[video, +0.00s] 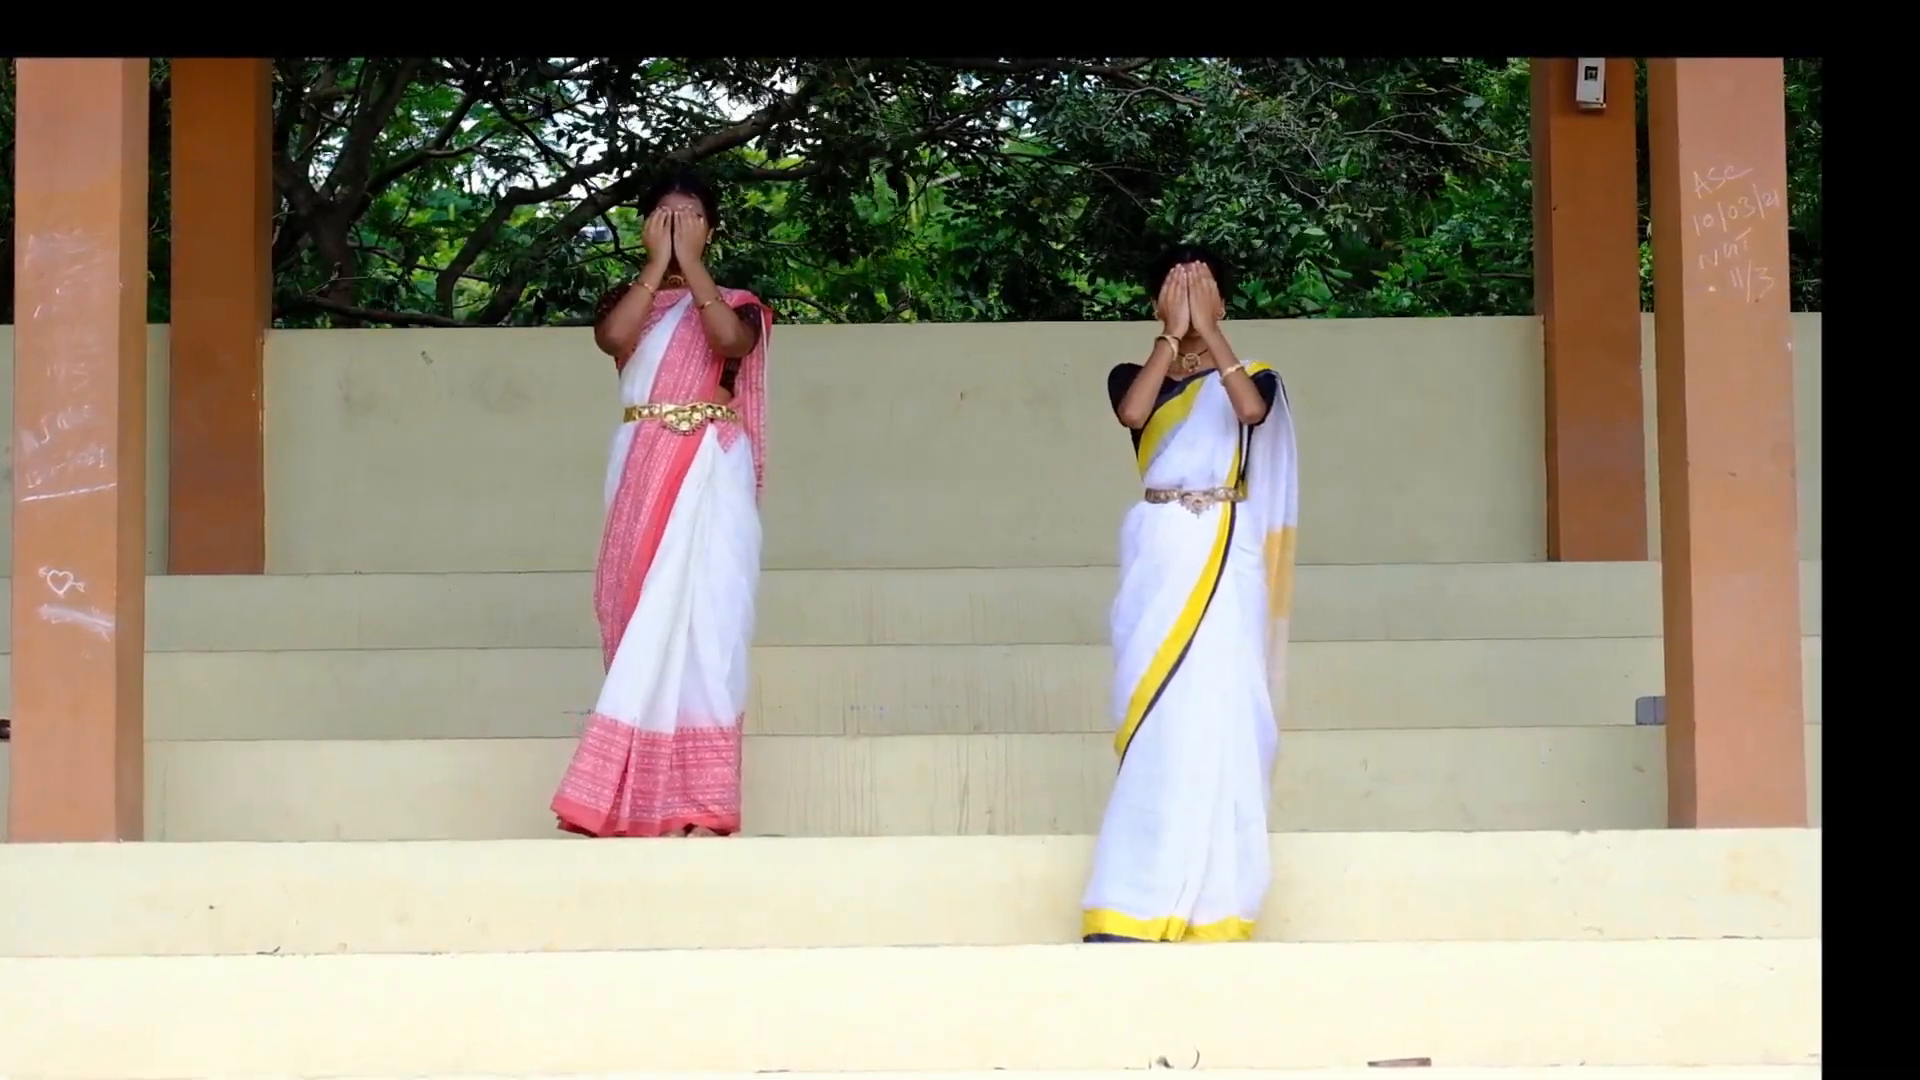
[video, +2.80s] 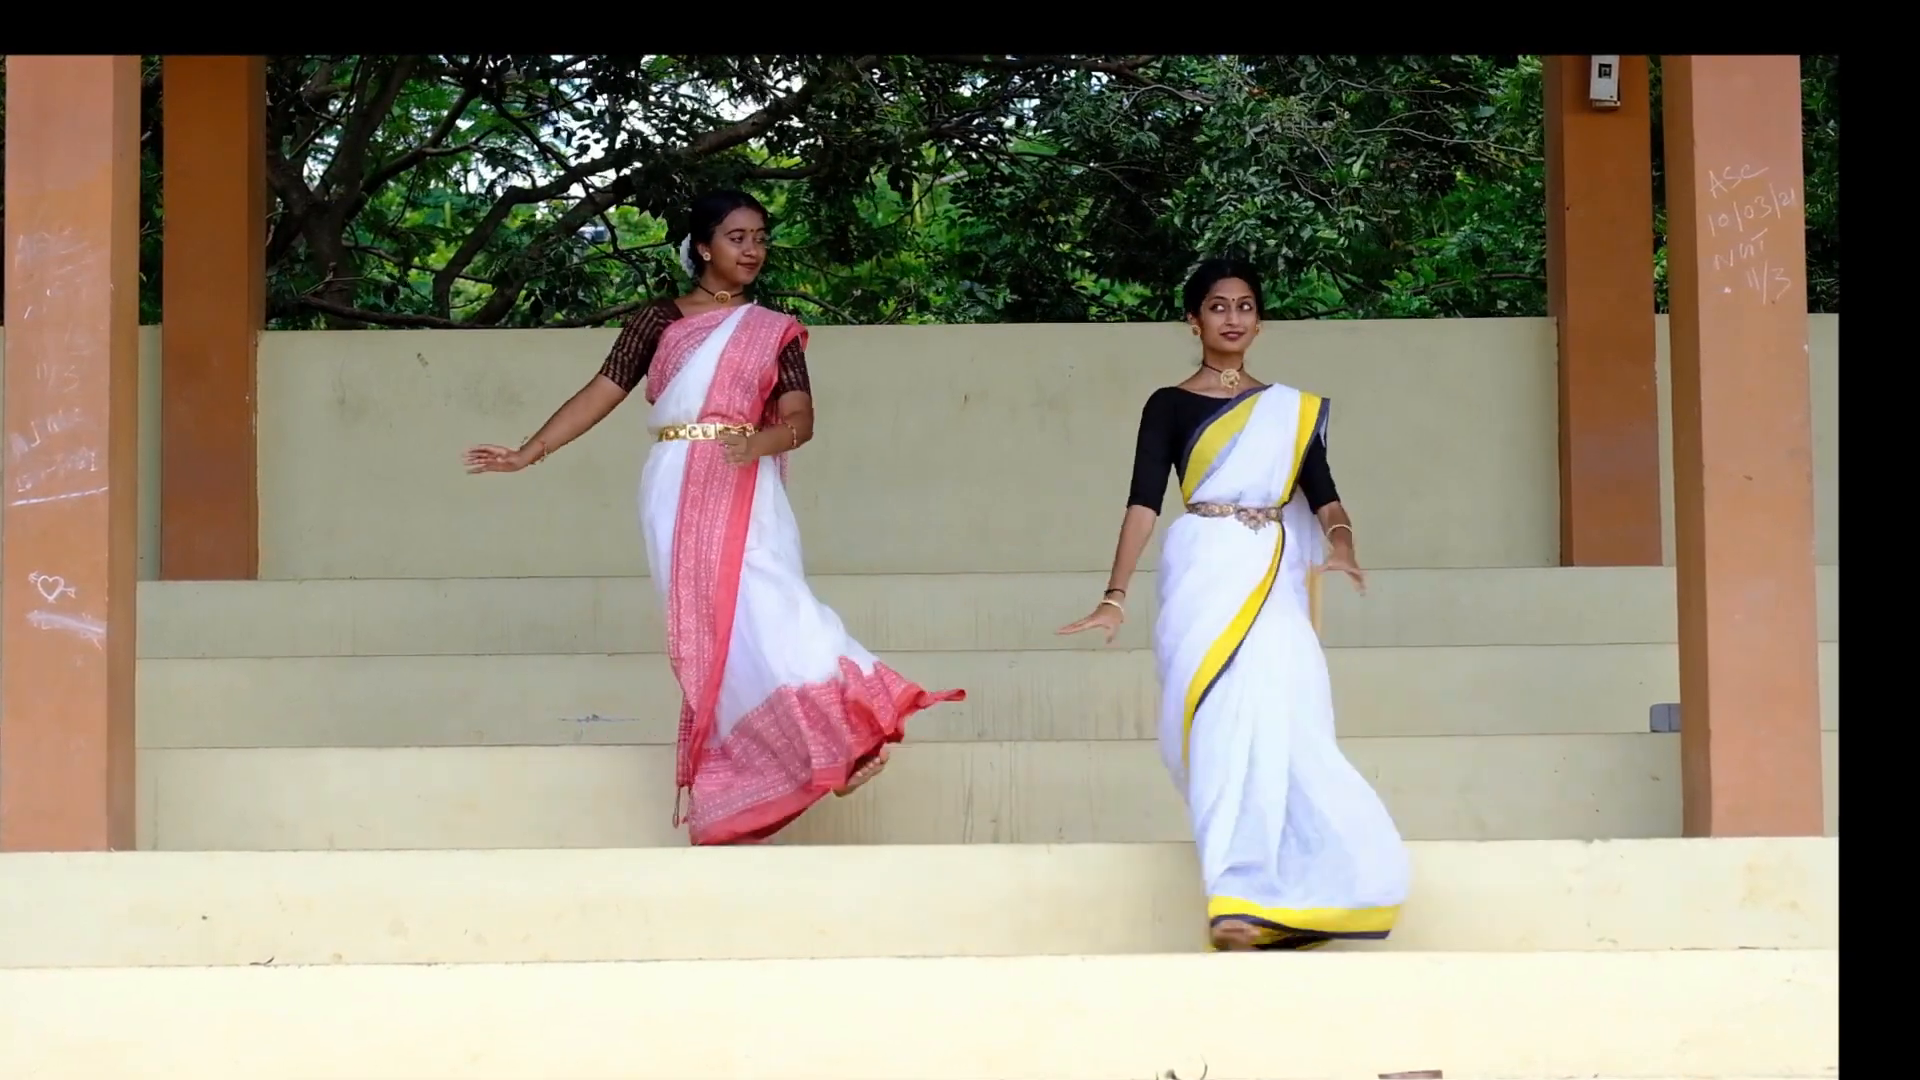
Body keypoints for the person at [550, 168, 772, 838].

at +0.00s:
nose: (674, 227)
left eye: (689, 216)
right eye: (664, 214)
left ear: (712, 227)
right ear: (644, 225)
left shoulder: (738, 305)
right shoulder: (628, 302)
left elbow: (732, 340)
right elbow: (615, 338)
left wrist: (693, 263)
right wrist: (658, 262)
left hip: (713, 478)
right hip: (643, 478)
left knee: (706, 628)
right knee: (639, 625)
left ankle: (703, 804)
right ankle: (635, 800)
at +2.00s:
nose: (681, 226)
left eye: (695, 214)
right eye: (670, 213)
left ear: (717, 226)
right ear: (651, 225)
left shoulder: (740, 301)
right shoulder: (638, 301)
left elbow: (742, 339)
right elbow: (608, 332)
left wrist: (701, 261)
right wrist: (658, 256)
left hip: (714, 476)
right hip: (646, 474)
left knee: (703, 627)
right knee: (650, 626)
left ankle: (693, 803)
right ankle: (644, 799)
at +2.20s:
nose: (704, 231)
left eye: (714, 220)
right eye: (690, 219)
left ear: (727, 229)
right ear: (664, 227)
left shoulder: (747, 307)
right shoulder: (631, 304)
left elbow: (766, 377)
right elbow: (590, 385)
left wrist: (702, 337)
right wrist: (636, 337)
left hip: (727, 482)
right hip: (655, 481)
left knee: (717, 629)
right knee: (658, 628)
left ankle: (703, 809)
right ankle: (652, 804)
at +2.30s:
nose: (720, 237)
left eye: (729, 226)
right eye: (705, 224)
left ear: (736, 235)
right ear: (674, 233)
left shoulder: (755, 313)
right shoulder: (633, 315)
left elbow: (767, 395)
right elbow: (609, 399)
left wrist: (720, 414)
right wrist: (604, 427)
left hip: (733, 490)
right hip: (659, 489)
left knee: (717, 631)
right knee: (661, 631)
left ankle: (706, 812)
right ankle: (659, 806)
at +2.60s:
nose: (748, 241)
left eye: (754, 229)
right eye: (734, 228)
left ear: (758, 235)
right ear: (698, 235)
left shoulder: (768, 315)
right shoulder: (651, 310)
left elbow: (768, 386)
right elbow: (583, 383)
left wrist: (693, 391)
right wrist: (505, 434)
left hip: (747, 479)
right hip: (674, 477)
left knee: (783, 585)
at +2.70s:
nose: (753, 245)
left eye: (758, 234)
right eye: (739, 232)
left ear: (761, 242)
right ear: (700, 239)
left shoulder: (771, 319)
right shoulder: (653, 315)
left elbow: (781, 398)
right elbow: (582, 386)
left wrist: (712, 406)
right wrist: (503, 420)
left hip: (748, 472)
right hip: (674, 475)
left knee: (764, 581)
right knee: (705, 612)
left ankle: (856, 698)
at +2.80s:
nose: (752, 249)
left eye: (759, 238)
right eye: (738, 237)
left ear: (766, 247)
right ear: (702, 246)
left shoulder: (777, 328)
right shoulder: (659, 319)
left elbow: (799, 419)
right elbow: (599, 395)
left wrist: (761, 441)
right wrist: (528, 453)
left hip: (749, 479)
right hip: (675, 476)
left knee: (769, 596)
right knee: (702, 621)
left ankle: (843, 727)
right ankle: (711, 779)